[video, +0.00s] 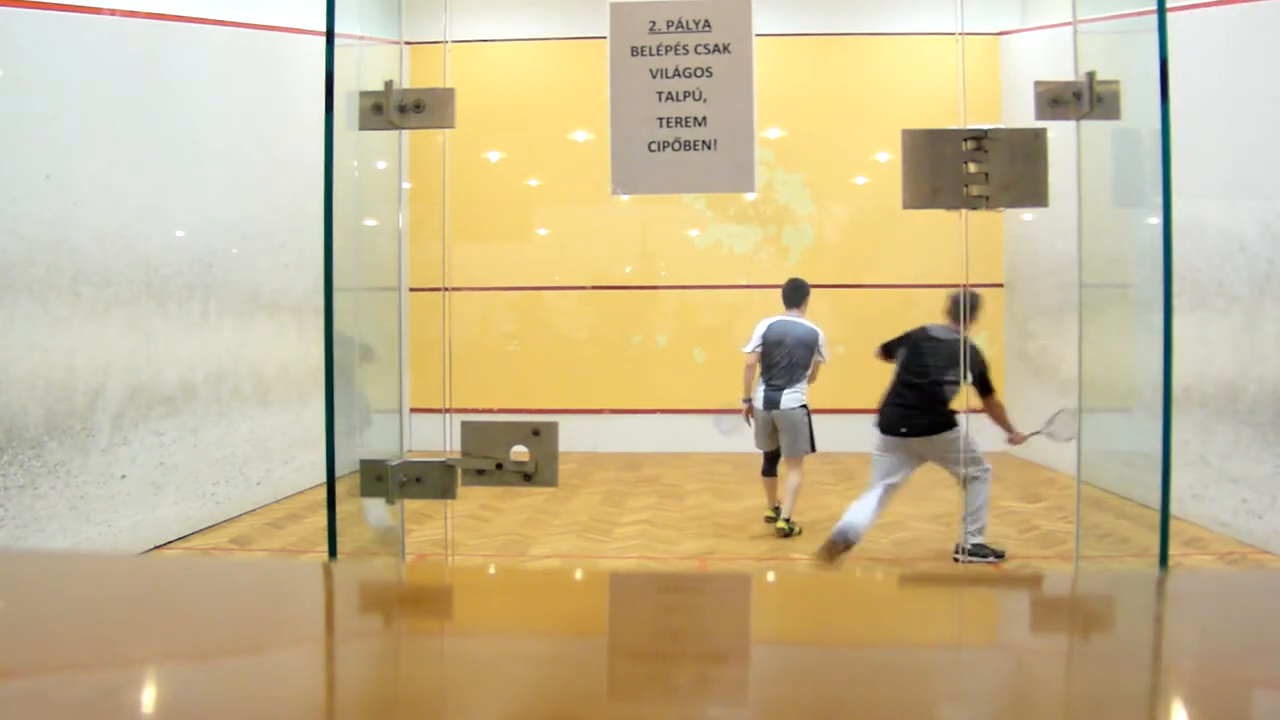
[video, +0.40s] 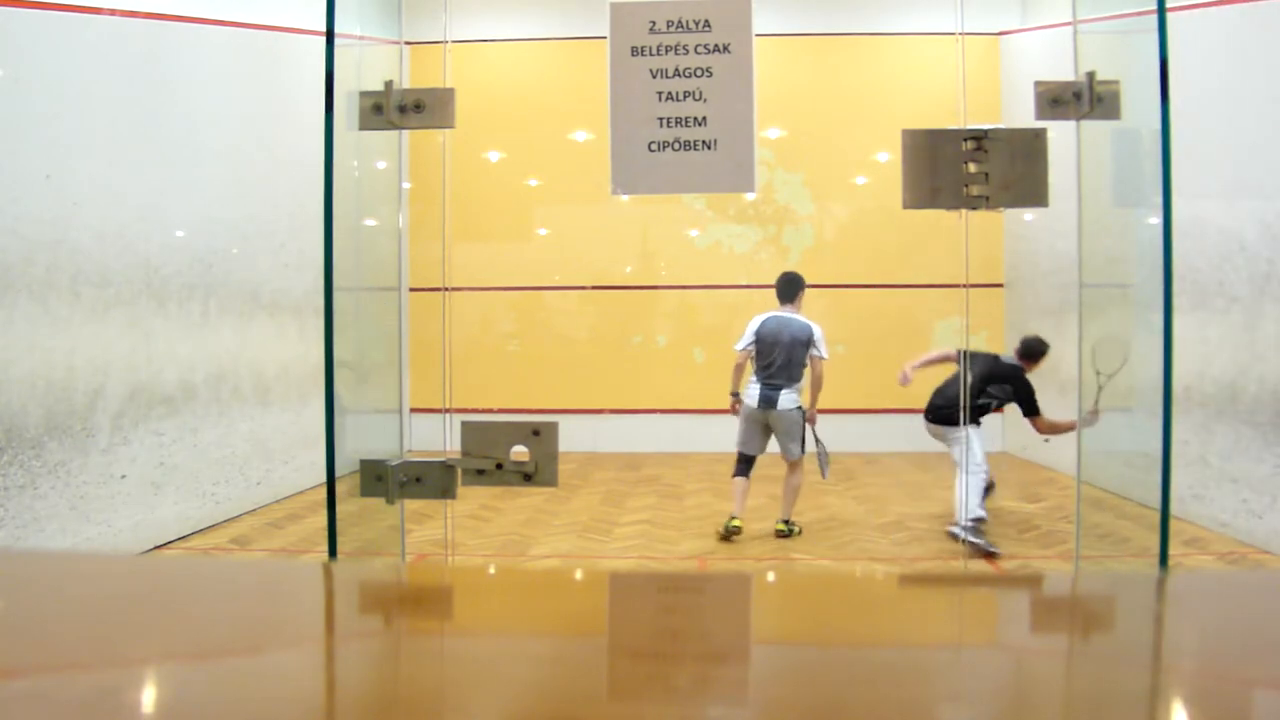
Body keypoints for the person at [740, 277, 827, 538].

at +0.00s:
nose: (807, 302)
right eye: (807, 298)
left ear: (783, 299)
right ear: (806, 301)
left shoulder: (765, 326)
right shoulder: (814, 333)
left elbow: (750, 363)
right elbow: (812, 374)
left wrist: (747, 397)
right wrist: (798, 385)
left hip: (764, 402)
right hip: (793, 404)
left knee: (770, 455)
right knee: (794, 464)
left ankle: (772, 507)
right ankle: (785, 519)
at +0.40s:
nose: (805, 296)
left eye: (801, 291)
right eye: (805, 292)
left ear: (777, 294)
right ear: (801, 294)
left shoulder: (759, 322)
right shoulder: (811, 329)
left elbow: (740, 361)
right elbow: (817, 373)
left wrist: (735, 393)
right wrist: (812, 407)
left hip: (753, 402)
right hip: (787, 405)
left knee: (744, 462)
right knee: (794, 465)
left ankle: (735, 517)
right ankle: (784, 521)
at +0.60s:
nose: (779, 291)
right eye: (781, 287)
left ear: (757, 290)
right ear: (781, 290)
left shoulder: (742, 318)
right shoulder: (796, 322)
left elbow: (729, 356)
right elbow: (804, 365)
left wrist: (720, 388)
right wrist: (801, 401)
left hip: (741, 398)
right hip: (776, 401)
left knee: (720, 456)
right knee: (782, 463)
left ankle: (719, 508)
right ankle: (787, 518)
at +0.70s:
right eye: (763, 286)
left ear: (740, 290)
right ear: (765, 289)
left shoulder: (730, 319)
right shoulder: (783, 322)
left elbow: (722, 360)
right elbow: (794, 364)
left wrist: (708, 393)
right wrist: (788, 401)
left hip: (733, 397)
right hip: (768, 400)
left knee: (706, 460)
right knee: (775, 463)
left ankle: (704, 518)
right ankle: (778, 522)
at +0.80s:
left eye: (721, 298)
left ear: (720, 302)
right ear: (744, 300)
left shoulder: (717, 333)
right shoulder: (765, 333)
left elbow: (711, 378)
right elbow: (779, 376)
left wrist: (691, 415)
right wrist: (768, 407)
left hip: (726, 415)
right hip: (760, 415)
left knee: (692, 472)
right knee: (760, 475)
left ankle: (682, 536)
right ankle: (776, 532)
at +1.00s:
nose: (660, 299)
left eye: (657, 294)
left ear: (658, 297)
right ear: (683, 297)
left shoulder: (663, 327)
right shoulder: (702, 329)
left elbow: (674, 368)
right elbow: (718, 374)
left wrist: (661, 415)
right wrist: (700, 398)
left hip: (688, 415)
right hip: (717, 412)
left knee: (654, 480)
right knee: (718, 471)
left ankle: (677, 547)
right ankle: (752, 530)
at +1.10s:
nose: (620, 306)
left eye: (620, 301)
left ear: (623, 304)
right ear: (646, 302)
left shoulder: (636, 332)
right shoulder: (660, 330)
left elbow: (649, 376)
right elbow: (674, 377)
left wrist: (634, 423)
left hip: (669, 420)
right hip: (694, 419)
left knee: (625, 480)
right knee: (661, 473)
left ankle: (662, 539)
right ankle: (697, 530)